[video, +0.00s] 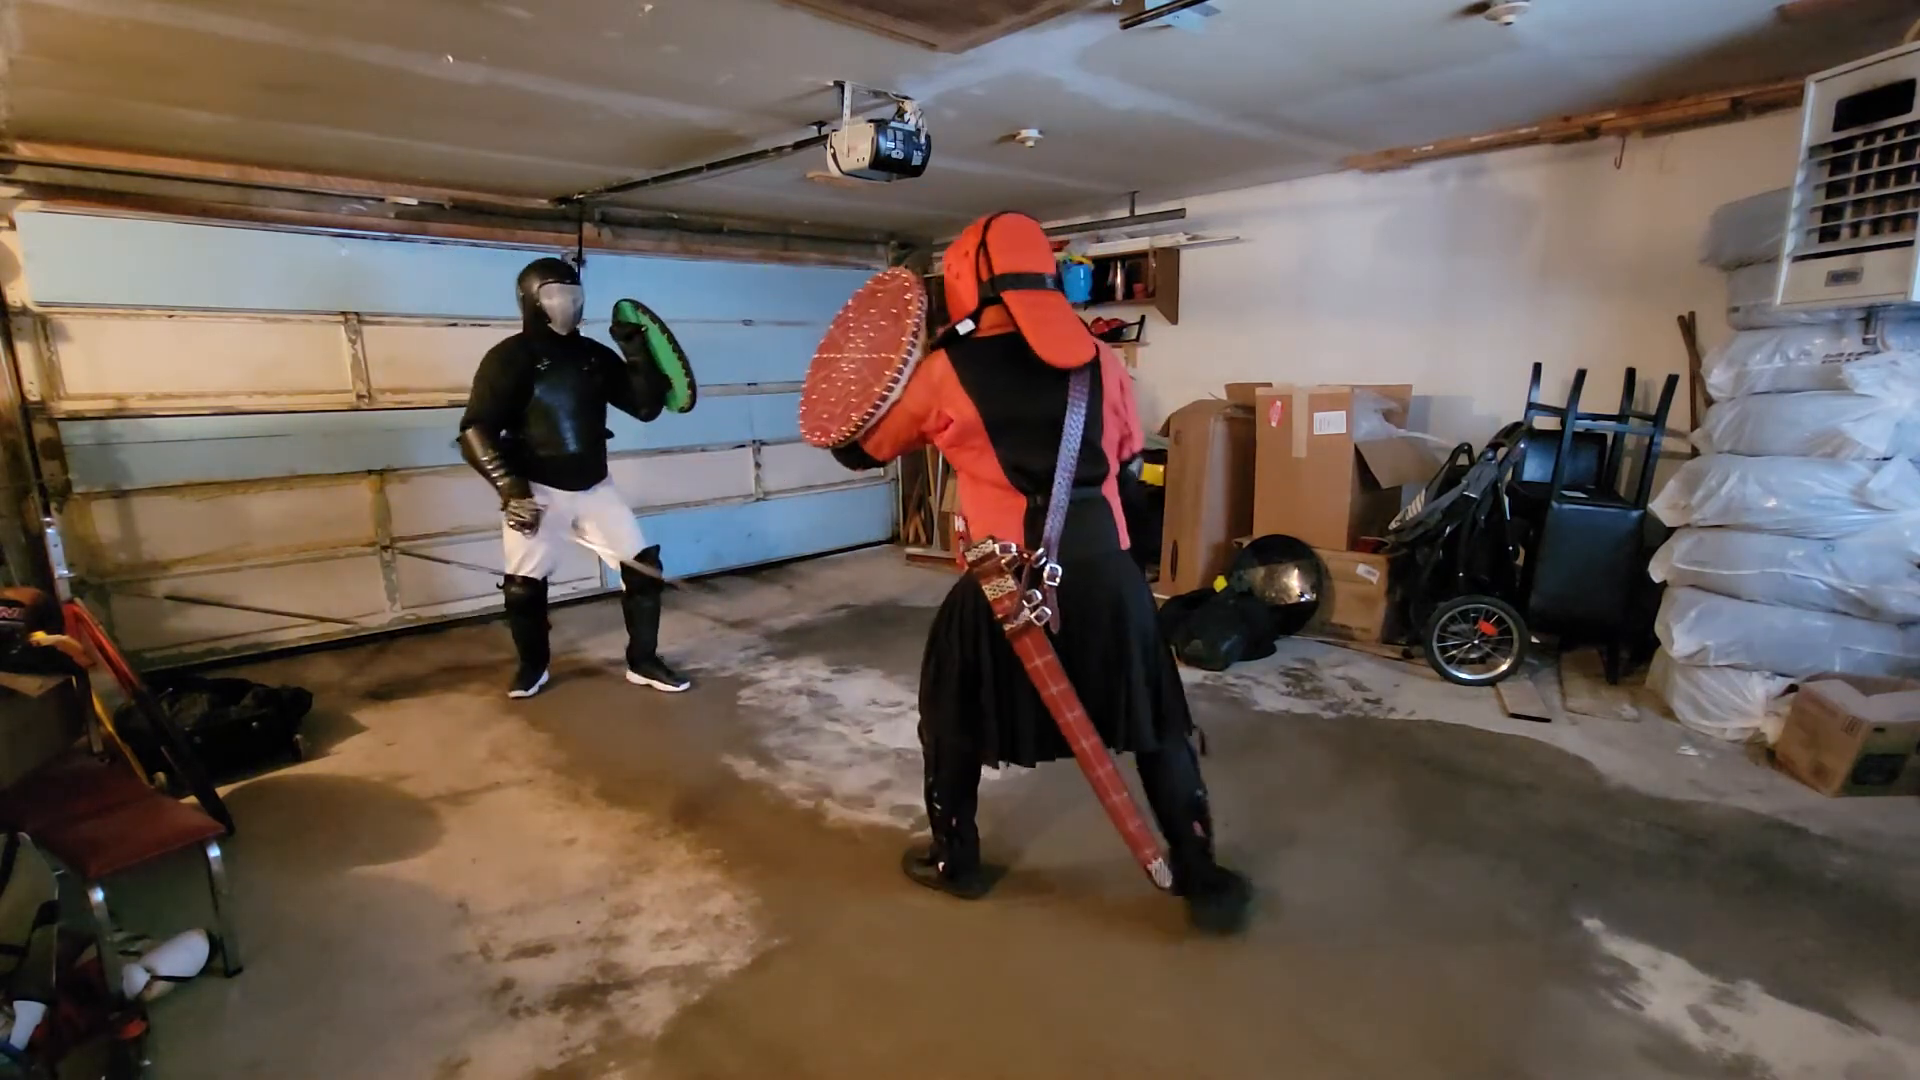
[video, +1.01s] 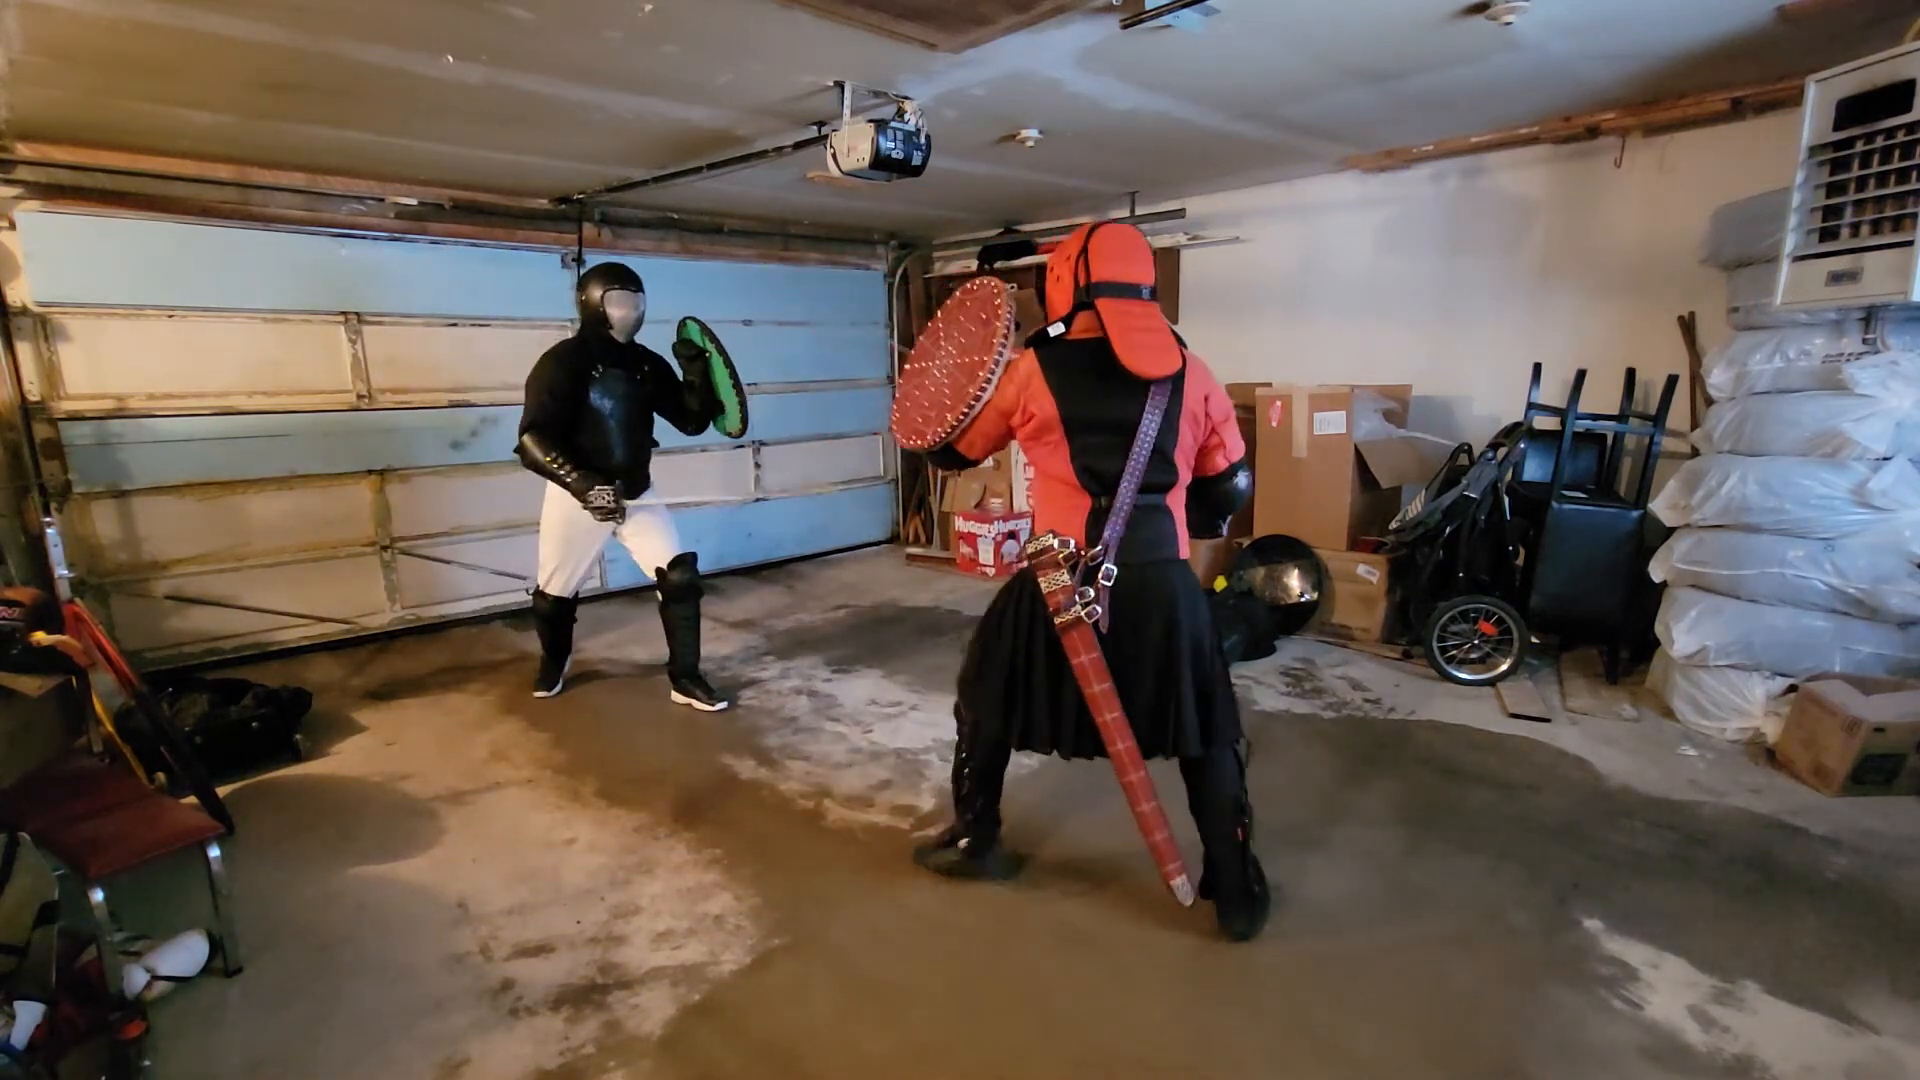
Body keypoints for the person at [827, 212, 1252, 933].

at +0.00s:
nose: (946, 291)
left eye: (951, 280)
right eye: (952, 280)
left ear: (967, 285)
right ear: (1045, 279)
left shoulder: (948, 371)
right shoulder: (1098, 359)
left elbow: (866, 447)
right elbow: (1124, 446)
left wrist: (866, 364)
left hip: (1004, 572)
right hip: (1105, 564)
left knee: (951, 697)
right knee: (1156, 711)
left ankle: (955, 854)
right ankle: (1198, 871)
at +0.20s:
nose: (983, 304)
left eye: (987, 292)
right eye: (986, 291)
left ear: (1008, 297)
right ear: (1084, 292)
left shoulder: (984, 379)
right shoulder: (1136, 376)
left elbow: (906, 452)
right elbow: (1164, 491)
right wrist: (1127, 558)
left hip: (1028, 585)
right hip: (1131, 583)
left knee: (960, 709)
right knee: (1178, 725)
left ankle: (957, 855)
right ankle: (1223, 884)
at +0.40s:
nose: (1024, 293)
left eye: (1031, 281)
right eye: (1026, 280)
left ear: (1051, 285)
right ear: (1122, 283)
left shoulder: (1019, 368)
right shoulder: (1176, 371)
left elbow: (941, 441)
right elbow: (1202, 490)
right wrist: (1144, 529)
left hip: (1054, 585)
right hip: (1159, 585)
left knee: (980, 699)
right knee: (1193, 728)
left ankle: (961, 845)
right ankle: (1233, 887)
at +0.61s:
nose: (1033, 295)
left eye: (1038, 284)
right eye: (1035, 283)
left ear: (1055, 287)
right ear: (1130, 287)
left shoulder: (1024, 371)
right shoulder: (1182, 378)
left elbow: (947, 447)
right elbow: (1209, 498)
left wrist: (944, 368)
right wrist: (1152, 527)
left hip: (1056, 588)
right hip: (1160, 589)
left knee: (983, 703)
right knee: (1196, 731)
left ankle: (969, 849)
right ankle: (1231, 886)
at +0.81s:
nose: (1035, 293)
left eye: (1041, 281)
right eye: (1038, 281)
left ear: (1059, 286)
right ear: (1132, 286)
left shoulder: (1024, 367)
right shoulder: (1182, 373)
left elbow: (947, 443)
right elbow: (1217, 490)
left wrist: (942, 367)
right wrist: (1152, 519)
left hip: (1055, 580)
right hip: (1160, 582)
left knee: (987, 701)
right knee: (1208, 725)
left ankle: (969, 849)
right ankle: (1236, 879)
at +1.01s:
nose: (1045, 292)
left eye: (1051, 281)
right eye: (1048, 280)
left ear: (1068, 286)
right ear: (1141, 286)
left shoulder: (1032, 369)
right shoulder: (1190, 373)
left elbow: (956, 449)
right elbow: (1226, 492)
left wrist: (934, 391)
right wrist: (1170, 517)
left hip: (1057, 578)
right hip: (1164, 580)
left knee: (985, 694)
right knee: (1207, 726)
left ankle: (974, 834)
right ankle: (1236, 890)